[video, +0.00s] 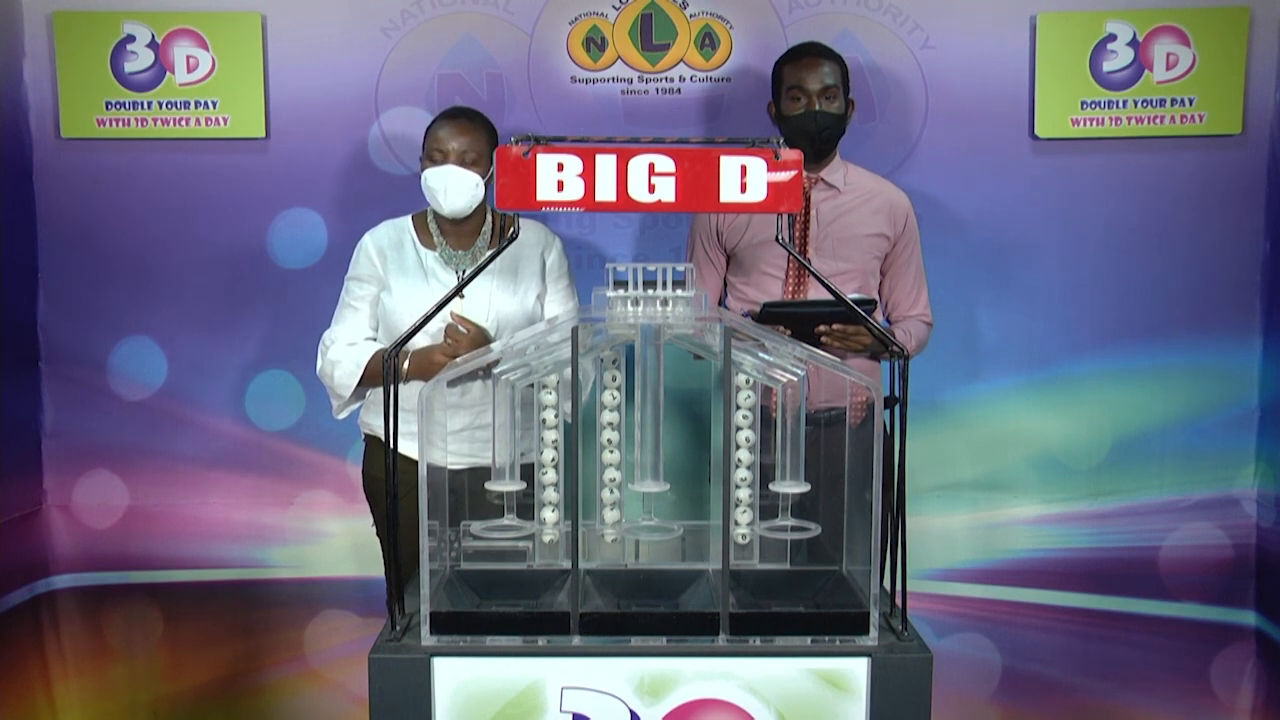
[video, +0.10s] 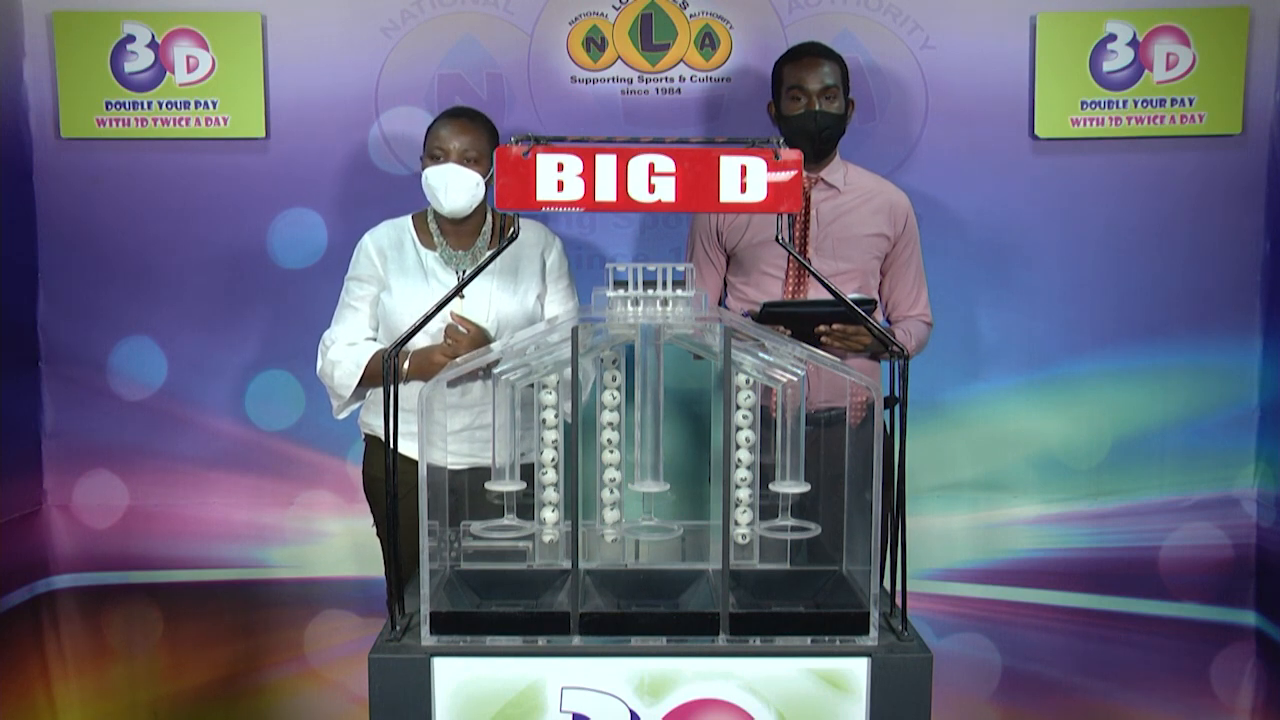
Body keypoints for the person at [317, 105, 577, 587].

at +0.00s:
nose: (449, 174)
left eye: (465, 160)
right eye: (436, 159)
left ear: (492, 167)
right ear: (422, 164)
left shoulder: (538, 247)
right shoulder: (381, 248)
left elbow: (567, 362)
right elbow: (337, 360)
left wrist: (494, 360)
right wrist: (415, 362)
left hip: (506, 465)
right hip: (404, 465)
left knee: (500, 618)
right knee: (415, 616)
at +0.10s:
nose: (451, 172)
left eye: (468, 160)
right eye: (437, 158)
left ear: (494, 167)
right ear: (423, 164)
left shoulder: (538, 248)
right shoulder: (381, 247)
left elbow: (567, 362)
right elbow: (337, 360)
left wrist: (493, 360)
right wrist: (414, 362)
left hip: (507, 464)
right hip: (404, 464)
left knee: (500, 617)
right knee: (415, 614)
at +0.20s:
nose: (451, 169)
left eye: (468, 158)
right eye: (438, 155)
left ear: (494, 167)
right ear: (424, 163)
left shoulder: (538, 247)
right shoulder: (381, 247)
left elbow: (568, 361)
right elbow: (337, 360)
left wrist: (494, 361)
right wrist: (415, 363)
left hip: (506, 465)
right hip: (404, 465)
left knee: (501, 617)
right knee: (415, 615)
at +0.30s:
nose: (452, 169)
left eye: (470, 157)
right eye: (440, 155)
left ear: (497, 166)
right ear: (425, 163)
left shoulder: (538, 247)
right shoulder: (381, 246)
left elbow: (567, 360)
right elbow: (337, 360)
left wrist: (495, 360)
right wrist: (416, 363)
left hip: (506, 464)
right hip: (404, 464)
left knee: (499, 616)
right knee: (415, 614)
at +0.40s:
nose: (455, 169)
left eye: (473, 157)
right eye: (443, 155)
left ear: (499, 168)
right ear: (427, 163)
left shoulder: (538, 246)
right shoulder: (380, 246)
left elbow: (568, 358)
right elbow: (337, 358)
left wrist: (495, 359)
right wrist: (413, 363)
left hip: (506, 465)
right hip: (405, 465)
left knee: (500, 617)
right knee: (415, 615)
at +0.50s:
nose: (458, 170)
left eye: (476, 158)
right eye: (446, 156)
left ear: (501, 167)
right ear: (428, 165)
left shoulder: (538, 245)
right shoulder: (380, 245)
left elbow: (568, 356)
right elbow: (337, 358)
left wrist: (496, 359)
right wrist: (414, 363)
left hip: (507, 464)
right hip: (405, 465)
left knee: (501, 617)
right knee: (416, 616)